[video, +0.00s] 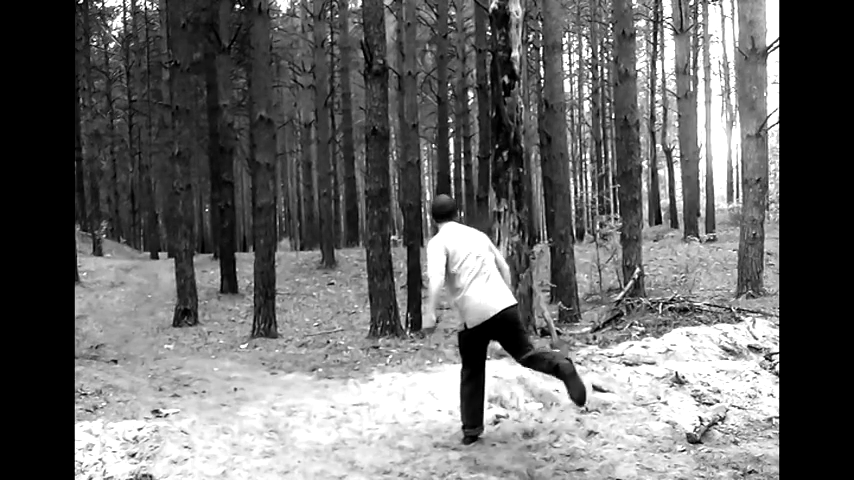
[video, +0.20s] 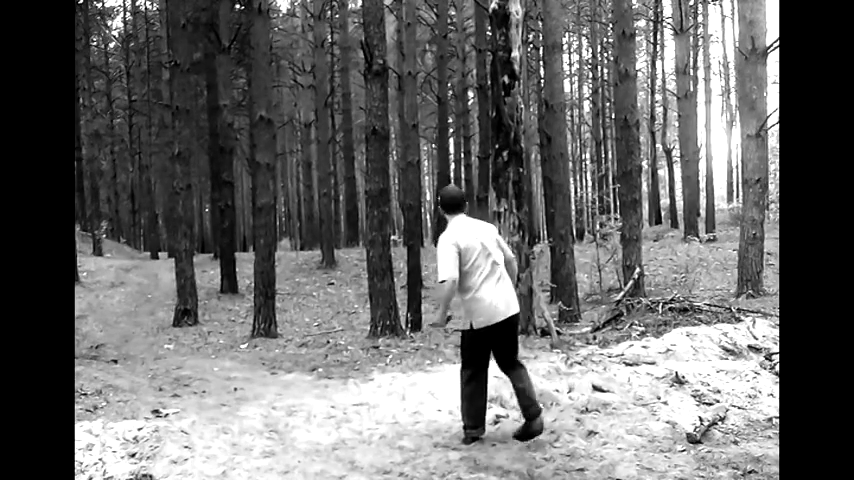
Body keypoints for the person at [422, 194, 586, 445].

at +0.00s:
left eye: (433, 217)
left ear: (433, 218)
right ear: (456, 213)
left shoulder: (437, 242)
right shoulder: (477, 234)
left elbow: (436, 281)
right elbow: (503, 266)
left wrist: (430, 314)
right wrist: (507, 296)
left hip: (475, 315)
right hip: (505, 304)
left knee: (472, 372)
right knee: (526, 354)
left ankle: (471, 430)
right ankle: (561, 365)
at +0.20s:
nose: (439, 210)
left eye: (439, 206)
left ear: (441, 209)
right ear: (465, 205)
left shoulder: (449, 238)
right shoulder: (487, 228)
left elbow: (450, 281)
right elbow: (511, 260)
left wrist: (441, 314)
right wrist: (509, 290)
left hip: (479, 316)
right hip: (508, 308)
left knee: (473, 372)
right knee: (511, 362)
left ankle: (473, 429)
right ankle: (534, 417)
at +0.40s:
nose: (453, 212)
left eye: (454, 206)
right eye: (453, 207)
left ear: (462, 205)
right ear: (477, 203)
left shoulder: (477, 232)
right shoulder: (496, 225)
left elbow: (471, 278)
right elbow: (501, 270)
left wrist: (449, 291)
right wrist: (470, 294)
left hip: (490, 318)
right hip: (514, 313)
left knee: (474, 377)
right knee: (510, 371)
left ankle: (471, 431)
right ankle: (526, 429)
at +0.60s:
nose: (463, 210)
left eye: (465, 203)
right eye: (462, 204)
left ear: (478, 200)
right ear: (480, 201)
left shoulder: (499, 227)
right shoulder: (496, 225)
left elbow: (500, 271)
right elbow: (494, 268)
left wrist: (460, 269)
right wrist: (460, 268)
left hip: (502, 314)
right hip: (514, 313)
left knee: (483, 367)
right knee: (515, 368)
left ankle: (494, 430)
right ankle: (527, 427)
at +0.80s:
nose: (474, 207)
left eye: (477, 201)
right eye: (472, 202)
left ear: (493, 199)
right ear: (482, 202)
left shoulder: (515, 229)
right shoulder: (489, 231)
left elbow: (526, 273)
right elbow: (497, 270)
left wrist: (494, 296)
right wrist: (474, 280)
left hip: (513, 315)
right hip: (501, 314)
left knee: (502, 370)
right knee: (518, 369)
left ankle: (528, 435)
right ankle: (528, 426)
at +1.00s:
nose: (487, 210)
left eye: (491, 204)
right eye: (483, 204)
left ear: (506, 202)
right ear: (482, 206)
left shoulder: (529, 235)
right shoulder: (489, 237)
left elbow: (548, 280)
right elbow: (493, 274)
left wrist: (530, 316)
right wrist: (479, 299)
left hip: (526, 326)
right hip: (500, 326)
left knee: (526, 384)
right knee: (511, 382)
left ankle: (541, 447)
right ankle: (522, 427)